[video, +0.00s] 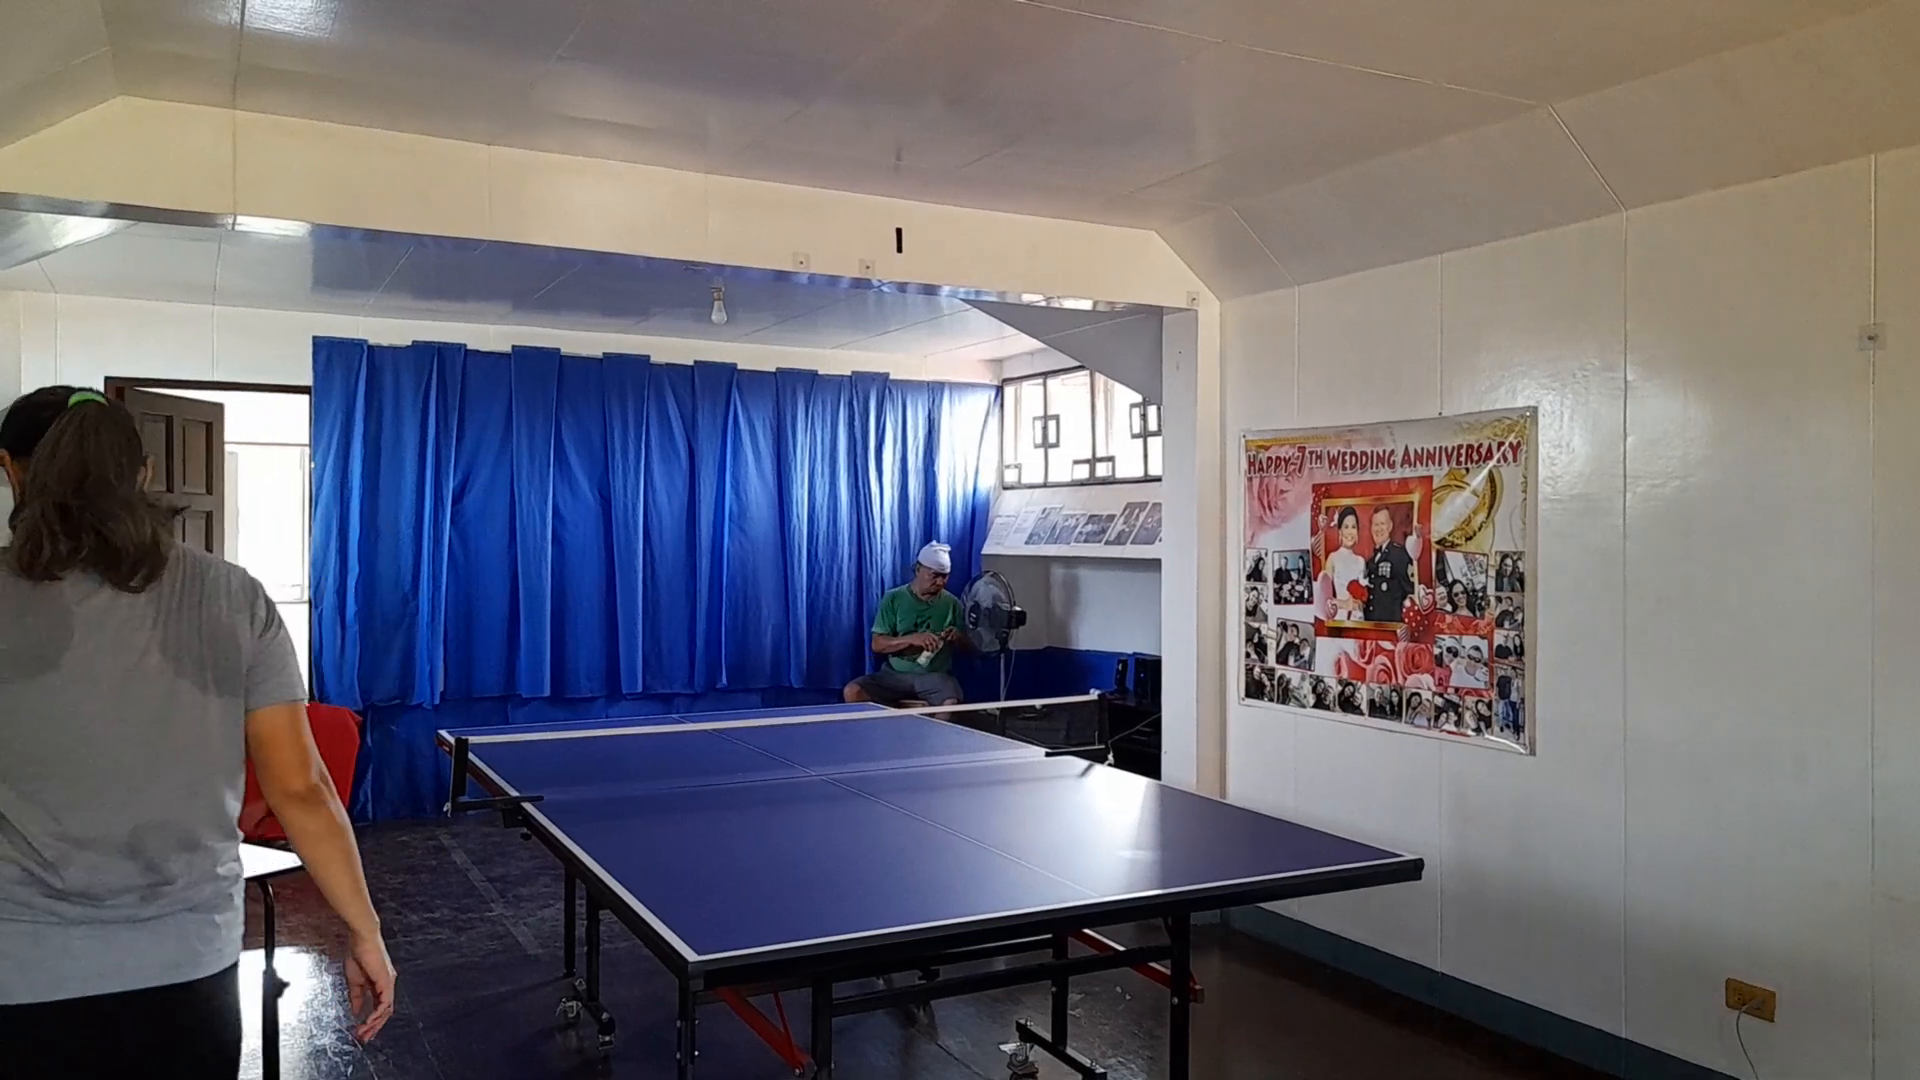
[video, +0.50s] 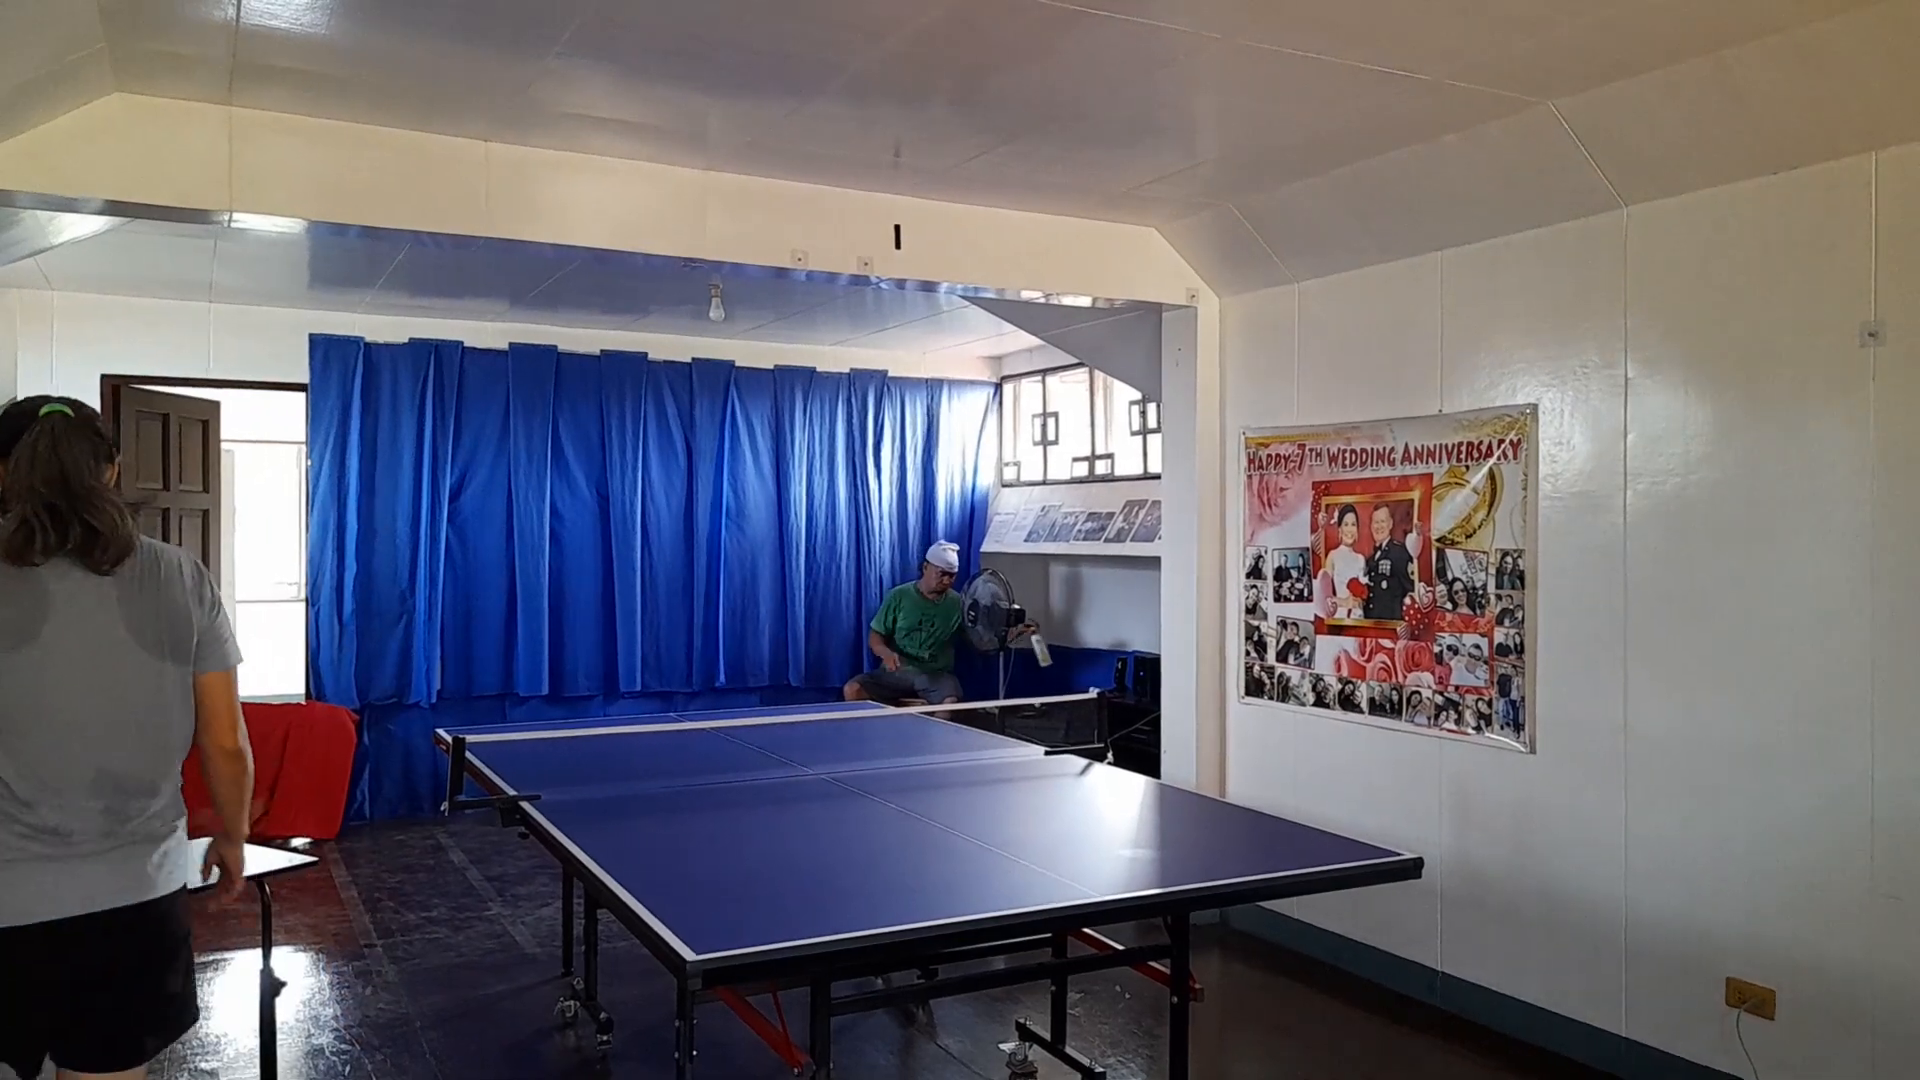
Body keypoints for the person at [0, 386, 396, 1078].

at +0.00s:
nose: (8, 477)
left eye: (9, 467)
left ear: (16, 475)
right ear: (137, 470)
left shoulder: (10, 594)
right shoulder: (228, 597)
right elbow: (298, 787)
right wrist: (366, 931)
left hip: (25, 996)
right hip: (183, 995)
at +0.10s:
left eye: (5, 477)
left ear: (9, 486)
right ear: (128, 482)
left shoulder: (9, 599)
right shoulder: (214, 604)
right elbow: (284, 786)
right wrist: (360, 928)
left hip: (21, 974)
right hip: (172, 966)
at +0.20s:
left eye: (5, 482)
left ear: (10, 490)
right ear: (127, 485)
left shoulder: (9, 594)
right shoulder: (204, 603)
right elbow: (268, 781)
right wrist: (339, 917)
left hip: (22, 963)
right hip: (163, 953)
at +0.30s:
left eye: (11, 476)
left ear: (15, 481)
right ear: (130, 482)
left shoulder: (8, 589)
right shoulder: (199, 594)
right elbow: (253, 769)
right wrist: (306, 900)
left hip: (24, 958)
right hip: (164, 951)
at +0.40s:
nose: (5, 477)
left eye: (4, 468)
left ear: (10, 477)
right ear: (121, 475)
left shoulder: (7, 582)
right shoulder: (188, 584)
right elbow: (239, 755)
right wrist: (269, 868)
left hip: (22, 932)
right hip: (157, 921)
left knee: (39, 1067)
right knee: (133, 1065)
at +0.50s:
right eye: (114, 464)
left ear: (5, 477)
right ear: (109, 475)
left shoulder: (4, 577)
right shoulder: (177, 579)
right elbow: (224, 744)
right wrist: (233, 837)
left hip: (14, 911)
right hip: (139, 905)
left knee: (17, 1067)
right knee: (110, 1067)